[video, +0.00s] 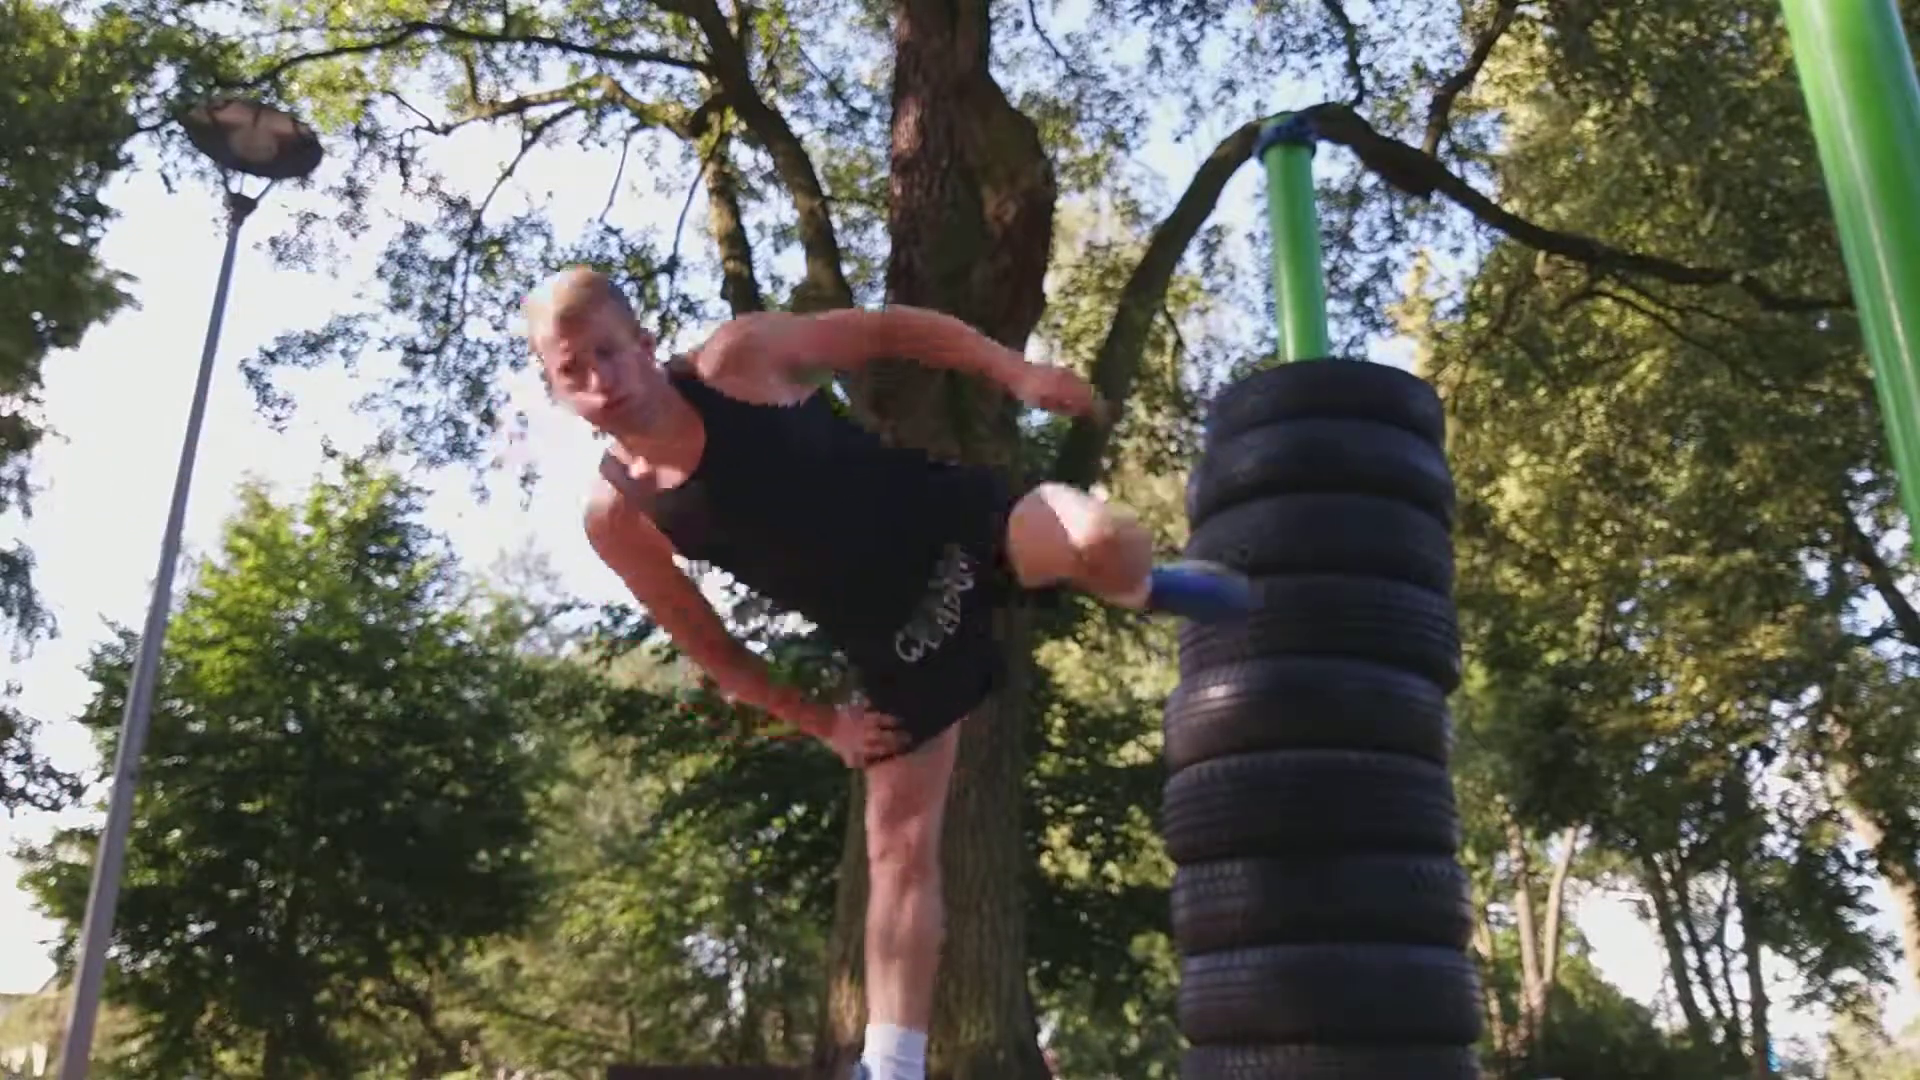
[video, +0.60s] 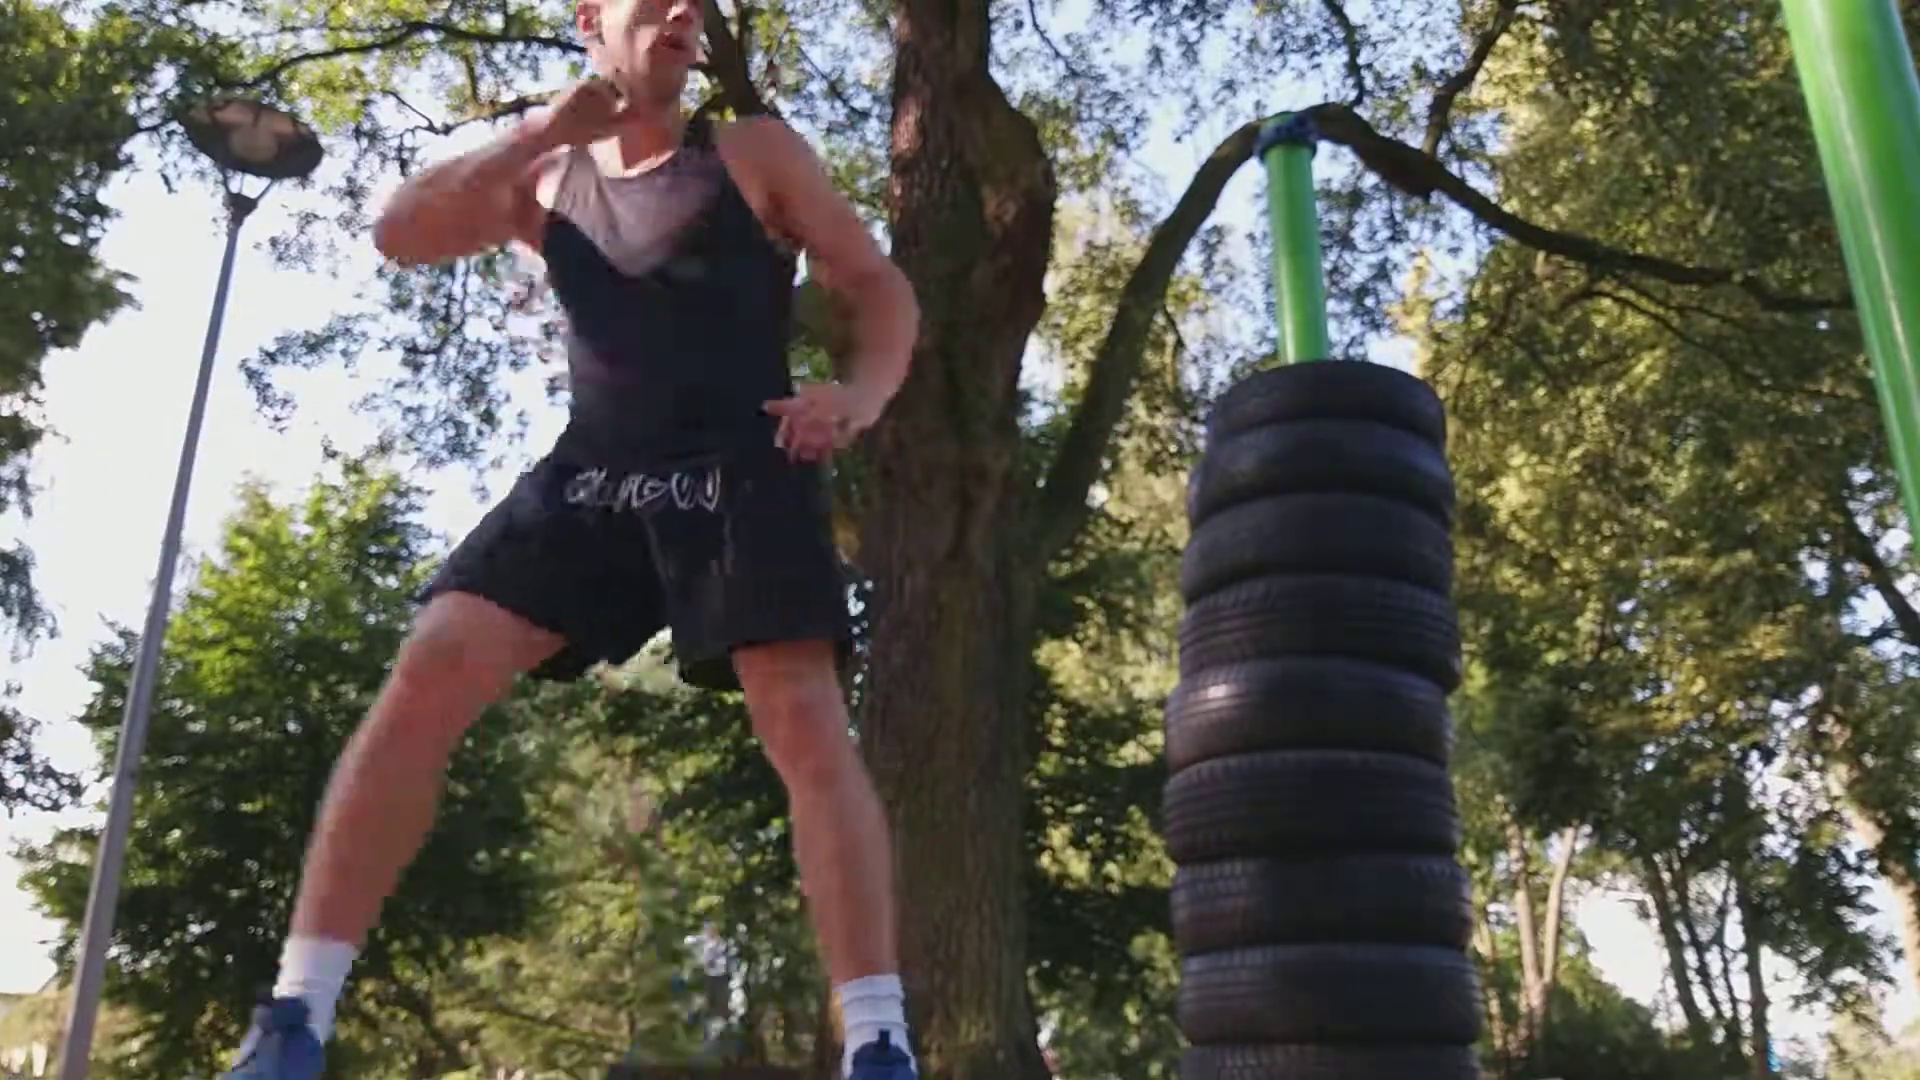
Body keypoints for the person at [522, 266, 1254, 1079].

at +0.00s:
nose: (597, 386)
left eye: (605, 356)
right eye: (571, 376)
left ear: (643, 337)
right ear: (553, 392)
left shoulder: (740, 354)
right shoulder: (618, 516)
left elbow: (892, 332)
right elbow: (712, 650)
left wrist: (1021, 373)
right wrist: (821, 722)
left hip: (953, 521)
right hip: (888, 634)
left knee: (1095, 533)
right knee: (897, 839)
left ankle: (1147, 589)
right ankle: (895, 1065)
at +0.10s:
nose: (629, 250)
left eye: (643, 224)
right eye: (606, 239)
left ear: (684, 217)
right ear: (589, 256)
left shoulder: (786, 274)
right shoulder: (625, 394)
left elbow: (955, 305)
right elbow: (671, 546)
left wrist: (980, 375)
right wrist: (742, 658)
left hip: (911, 495)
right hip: (829, 575)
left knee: (948, 585)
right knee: (859, 824)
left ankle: (1102, 842)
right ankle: (887, 1064)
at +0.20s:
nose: (666, 165)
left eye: (685, 143)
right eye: (647, 151)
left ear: (733, 145)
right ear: (631, 170)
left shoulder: (816, 234)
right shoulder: (654, 312)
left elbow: (955, 335)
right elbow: (658, 472)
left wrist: (843, 391)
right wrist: (601, 537)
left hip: (871, 511)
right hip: (772, 555)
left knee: (903, 725)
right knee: (804, 815)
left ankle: (913, 1029)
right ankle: (865, 1051)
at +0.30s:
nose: (700, 105)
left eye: (721, 84)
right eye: (682, 94)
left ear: (775, 100)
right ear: (669, 125)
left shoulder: (839, 217)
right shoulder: (686, 277)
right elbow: (679, 441)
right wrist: (529, 394)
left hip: (831, 520)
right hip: (727, 545)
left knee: (842, 722)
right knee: (680, 824)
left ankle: (883, 1047)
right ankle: (842, 1027)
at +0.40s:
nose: (727, 37)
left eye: (750, 23)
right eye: (705, 23)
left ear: (783, 58)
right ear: (672, 60)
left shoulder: (826, 162)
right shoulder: (666, 222)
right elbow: (631, 386)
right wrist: (532, 297)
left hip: (809, 495)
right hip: (686, 511)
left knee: (848, 741)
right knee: (558, 744)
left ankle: (883, 1047)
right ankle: (753, 977)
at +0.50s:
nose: (716, 16)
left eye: (736, 5)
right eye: (691, 1)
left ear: (755, 35)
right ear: (646, 29)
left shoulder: (806, 140)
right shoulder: (620, 193)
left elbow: (909, 277)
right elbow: (504, 329)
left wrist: (756, 312)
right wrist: (495, 216)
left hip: (783, 485)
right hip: (645, 490)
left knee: (836, 738)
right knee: (476, 674)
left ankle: (881, 1044)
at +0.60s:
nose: (687, 19)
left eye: (699, 8)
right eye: (658, 3)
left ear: (707, 37)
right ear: (595, 22)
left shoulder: (762, 151)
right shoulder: (539, 175)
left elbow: (883, 293)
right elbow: (399, 229)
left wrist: (863, 391)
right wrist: (537, 130)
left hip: (744, 482)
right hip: (591, 486)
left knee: (804, 723)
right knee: (435, 660)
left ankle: (877, 1048)